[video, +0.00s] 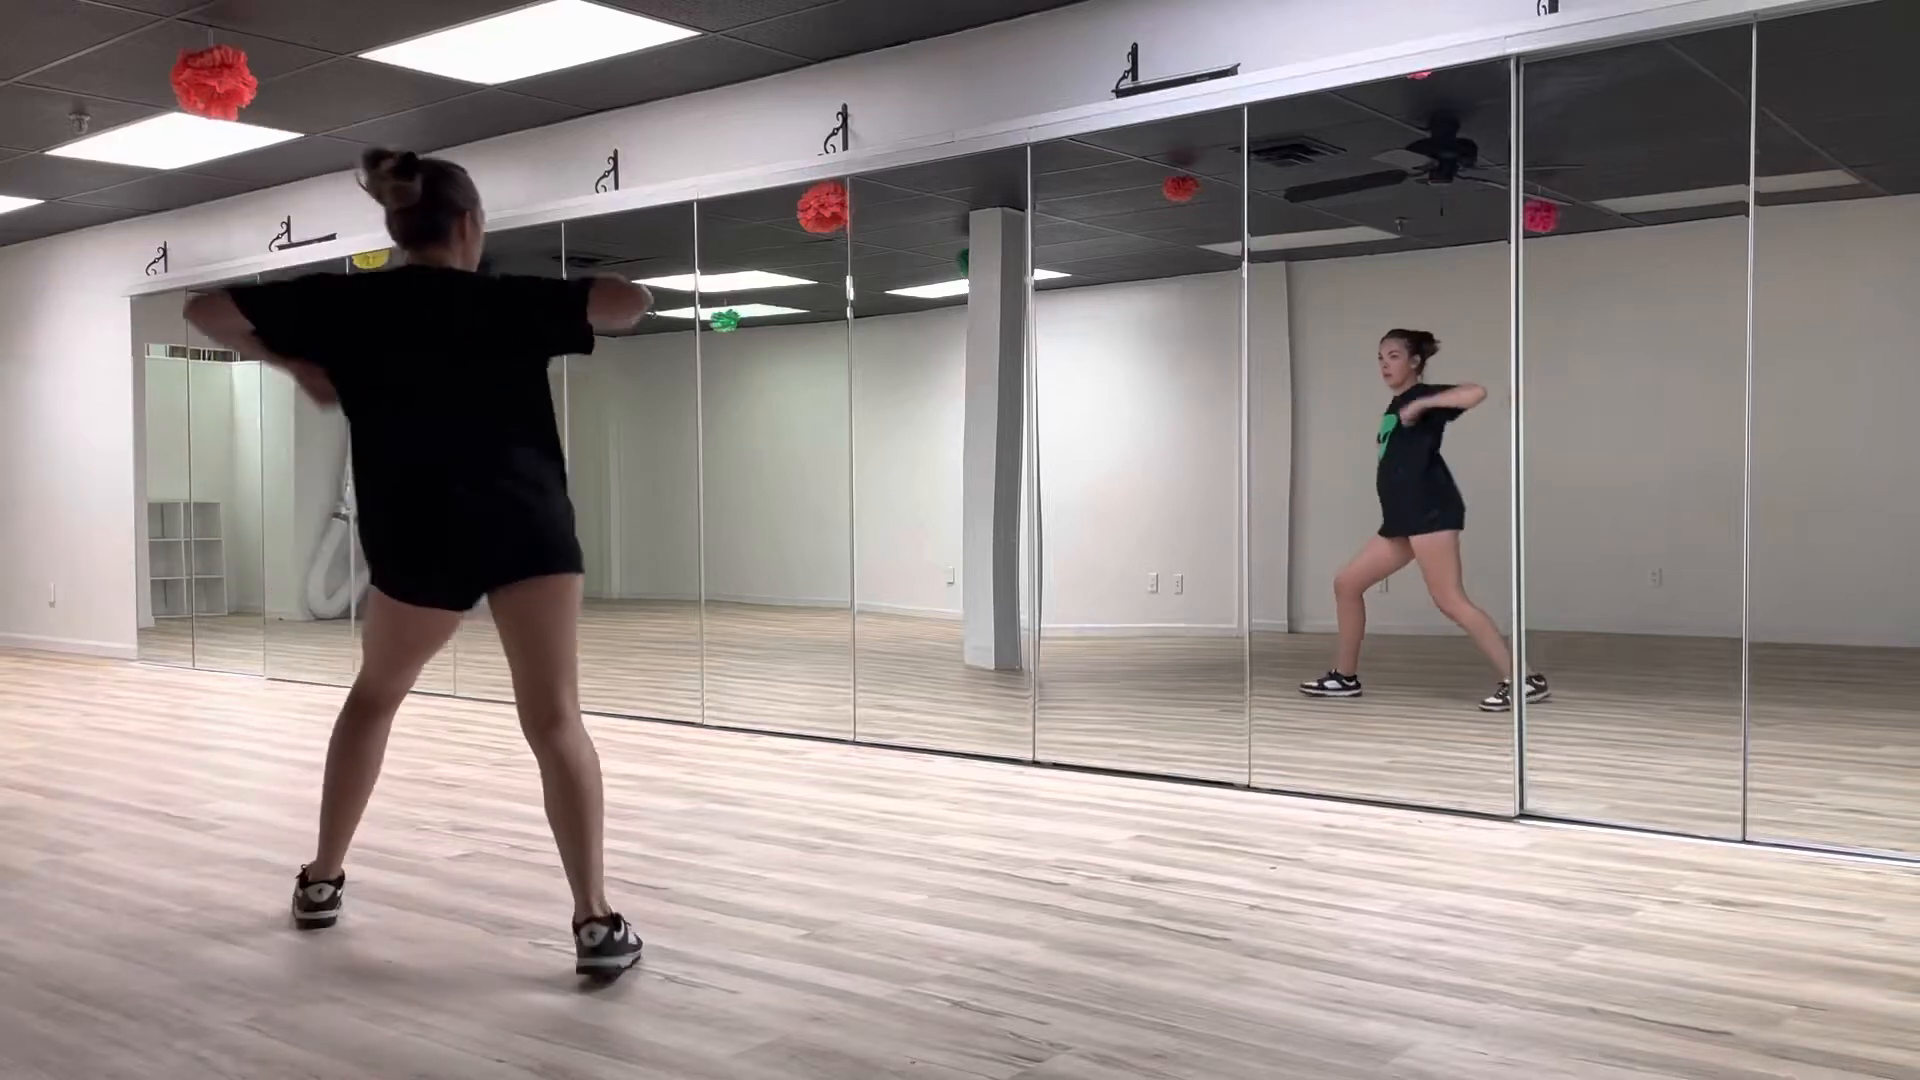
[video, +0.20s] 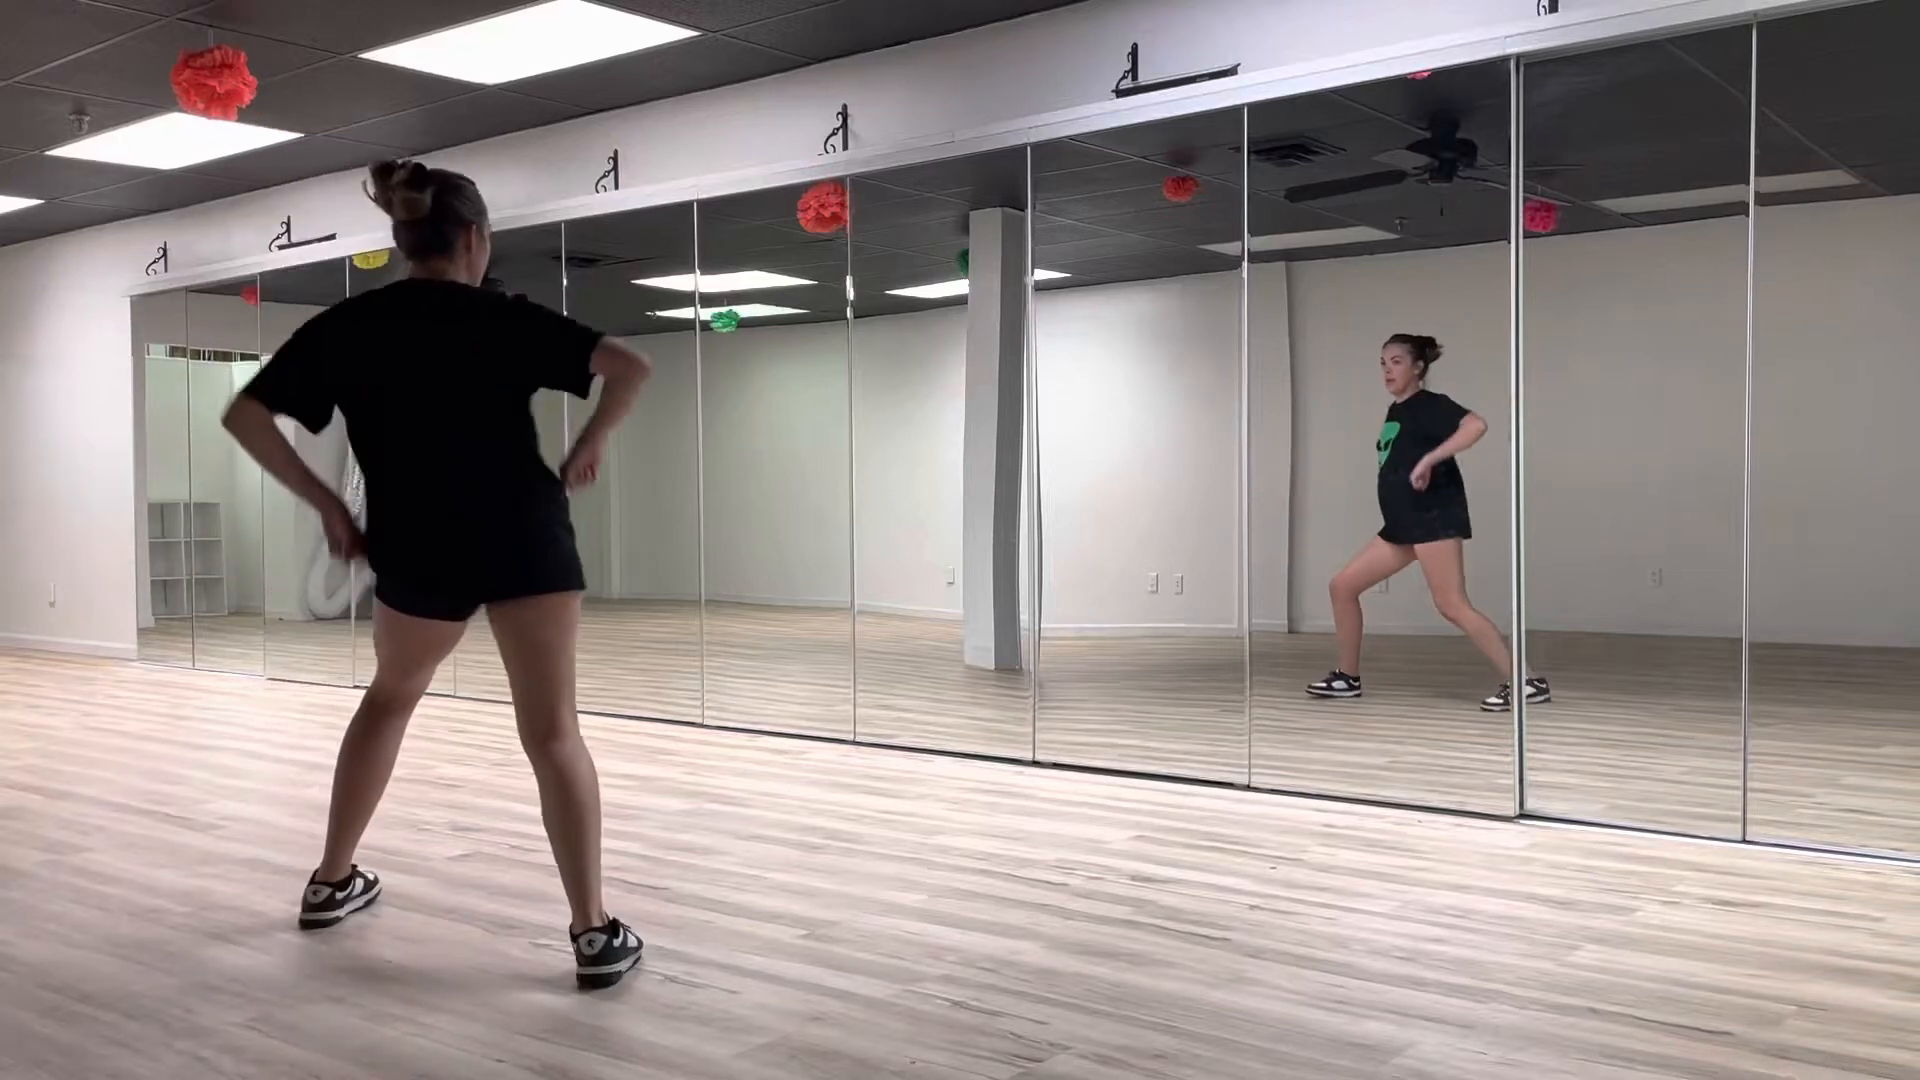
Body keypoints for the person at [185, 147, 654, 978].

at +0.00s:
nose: (481, 237)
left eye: (476, 227)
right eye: (480, 227)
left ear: (395, 233)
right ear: (468, 227)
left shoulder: (345, 302)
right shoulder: (509, 299)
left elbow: (202, 308)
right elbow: (627, 302)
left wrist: (295, 363)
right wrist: (562, 301)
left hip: (417, 533)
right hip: (530, 524)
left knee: (373, 697)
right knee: (555, 720)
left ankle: (324, 876)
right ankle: (594, 919)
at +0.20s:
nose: (488, 253)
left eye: (484, 241)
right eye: (487, 240)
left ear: (402, 244)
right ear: (473, 240)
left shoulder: (347, 325)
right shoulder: (504, 318)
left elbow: (244, 414)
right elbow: (628, 366)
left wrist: (326, 502)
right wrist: (595, 438)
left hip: (417, 538)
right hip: (526, 532)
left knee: (389, 697)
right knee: (553, 732)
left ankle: (330, 877)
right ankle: (592, 931)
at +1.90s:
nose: (376, 253)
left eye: (373, 238)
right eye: (367, 237)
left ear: (324, 244)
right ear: (326, 242)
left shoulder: (332, 326)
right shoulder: (275, 313)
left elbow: (321, 421)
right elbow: (244, 390)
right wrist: (327, 463)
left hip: (326, 536)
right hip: (292, 539)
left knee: (289, 693)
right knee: (413, 685)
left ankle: (197, 817)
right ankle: (344, 875)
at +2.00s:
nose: (389, 233)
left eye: (385, 219)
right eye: (380, 218)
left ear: (334, 227)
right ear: (343, 224)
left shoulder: (332, 309)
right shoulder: (305, 301)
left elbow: (336, 423)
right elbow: (314, 416)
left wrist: (375, 518)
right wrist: (386, 507)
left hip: (318, 524)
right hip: (306, 524)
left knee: (309, 684)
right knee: (414, 687)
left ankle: (208, 807)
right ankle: (345, 876)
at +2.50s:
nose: (428, 188)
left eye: (426, 173)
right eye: (424, 173)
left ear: (350, 178)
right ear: (397, 173)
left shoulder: (318, 263)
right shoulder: (399, 263)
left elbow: (315, 397)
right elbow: (420, 401)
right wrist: (448, 524)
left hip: (312, 489)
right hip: (384, 492)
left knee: (335, 681)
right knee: (377, 684)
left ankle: (326, 875)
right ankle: (347, 876)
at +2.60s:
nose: (428, 186)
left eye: (426, 171)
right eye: (424, 171)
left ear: (353, 175)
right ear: (397, 170)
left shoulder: (317, 259)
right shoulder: (404, 258)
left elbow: (311, 395)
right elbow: (419, 398)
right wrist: (440, 519)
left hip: (310, 489)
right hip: (383, 493)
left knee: (335, 681)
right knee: (377, 685)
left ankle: (328, 872)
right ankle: (346, 876)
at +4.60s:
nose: (570, 187)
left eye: (566, 172)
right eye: (559, 171)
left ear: (511, 183)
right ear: (519, 179)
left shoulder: (510, 274)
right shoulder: (459, 259)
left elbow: (437, 375)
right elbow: (356, 358)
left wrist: (490, 475)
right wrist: (443, 467)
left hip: (449, 509)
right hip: (449, 511)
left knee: (435, 691)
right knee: (553, 690)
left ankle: (331, 863)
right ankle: (515, 911)